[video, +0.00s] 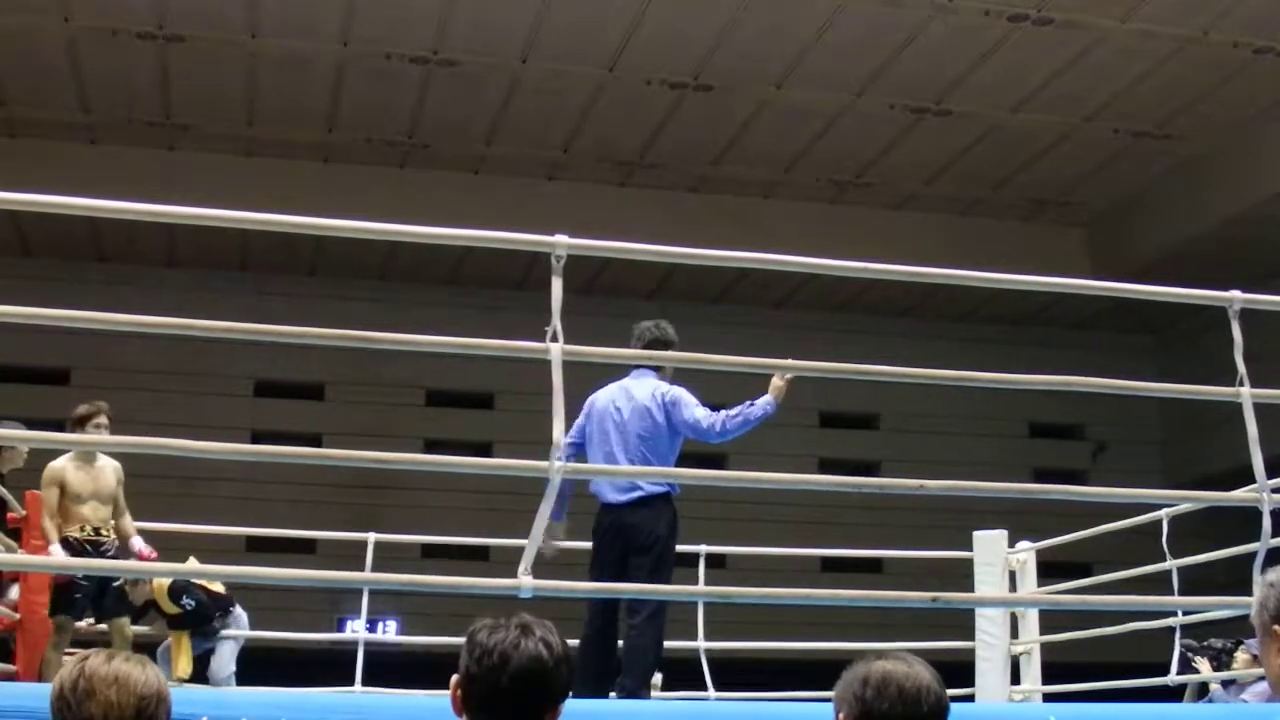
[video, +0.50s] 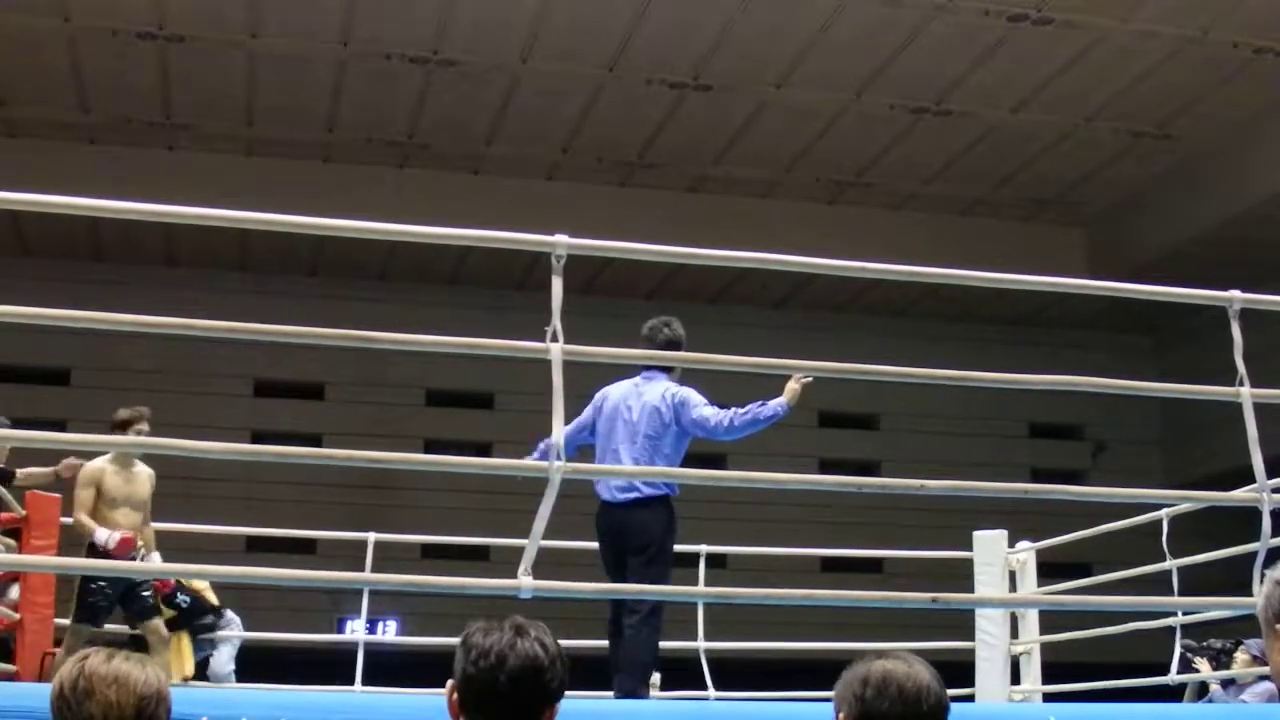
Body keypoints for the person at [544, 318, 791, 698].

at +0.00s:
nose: (674, 362)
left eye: (672, 355)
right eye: (673, 356)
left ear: (634, 354)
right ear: (667, 357)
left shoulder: (597, 400)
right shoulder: (668, 396)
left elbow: (565, 456)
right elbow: (713, 426)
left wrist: (556, 516)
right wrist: (770, 401)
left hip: (610, 516)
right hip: (654, 515)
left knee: (600, 608)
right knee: (646, 608)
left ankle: (587, 699)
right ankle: (631, 700)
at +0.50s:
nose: (679, 359)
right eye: (680, 354)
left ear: (642, 353)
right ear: (679, 357)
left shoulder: (609, 395)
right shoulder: (678, 397)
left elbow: (569, 436)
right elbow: (720, 423)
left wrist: (533, 460)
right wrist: (783, 402)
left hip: (610, 514)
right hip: (652, 513)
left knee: (622, 602)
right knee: (644, 605)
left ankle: (624, 687)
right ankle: (630, 696)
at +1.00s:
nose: (657, 359)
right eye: (659, 353)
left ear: (622, 358)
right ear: (660, 360)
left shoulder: (602, 403)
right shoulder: (673, 405)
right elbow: (713, 444)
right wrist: (744, 456)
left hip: (615, 524)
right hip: (661, 521)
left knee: (631, 610)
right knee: (694, 600)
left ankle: (635, 700)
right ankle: (664, 677)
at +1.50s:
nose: (655, 351)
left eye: (653, 343)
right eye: (652, 344)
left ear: (610, 346)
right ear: (642, 348)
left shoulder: (576, 395)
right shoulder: (652, 393)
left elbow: (549, 446)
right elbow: (653, 456)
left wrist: (581, 480)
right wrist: (664, 488)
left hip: (588, 513)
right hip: (631, 510)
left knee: (610, 606)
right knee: (626, 608)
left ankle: (622, 695)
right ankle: (608, 700)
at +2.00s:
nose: (539, 318)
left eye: (542, 312)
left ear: (542, 318)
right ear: (588, 323)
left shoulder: (517, 369)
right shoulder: (606, 370)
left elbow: (517, 422)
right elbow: (616, 434)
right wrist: (596, 465)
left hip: (521, 491)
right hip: (578, 494)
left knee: (511, 593)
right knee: (579, 596)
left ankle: (503, 697)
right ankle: (594, 696)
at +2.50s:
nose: (547, 288)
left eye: (547, 281)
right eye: (546, 281)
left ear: (495, 283)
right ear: (533, 281)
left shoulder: (453, 325)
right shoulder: (553, 332)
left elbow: (418, 368)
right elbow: (567, 395)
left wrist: (389, 418)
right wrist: (562, 440)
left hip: (465, 462)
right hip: (524, 461)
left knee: (472, 563)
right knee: (509, 564)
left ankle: (474, 656)